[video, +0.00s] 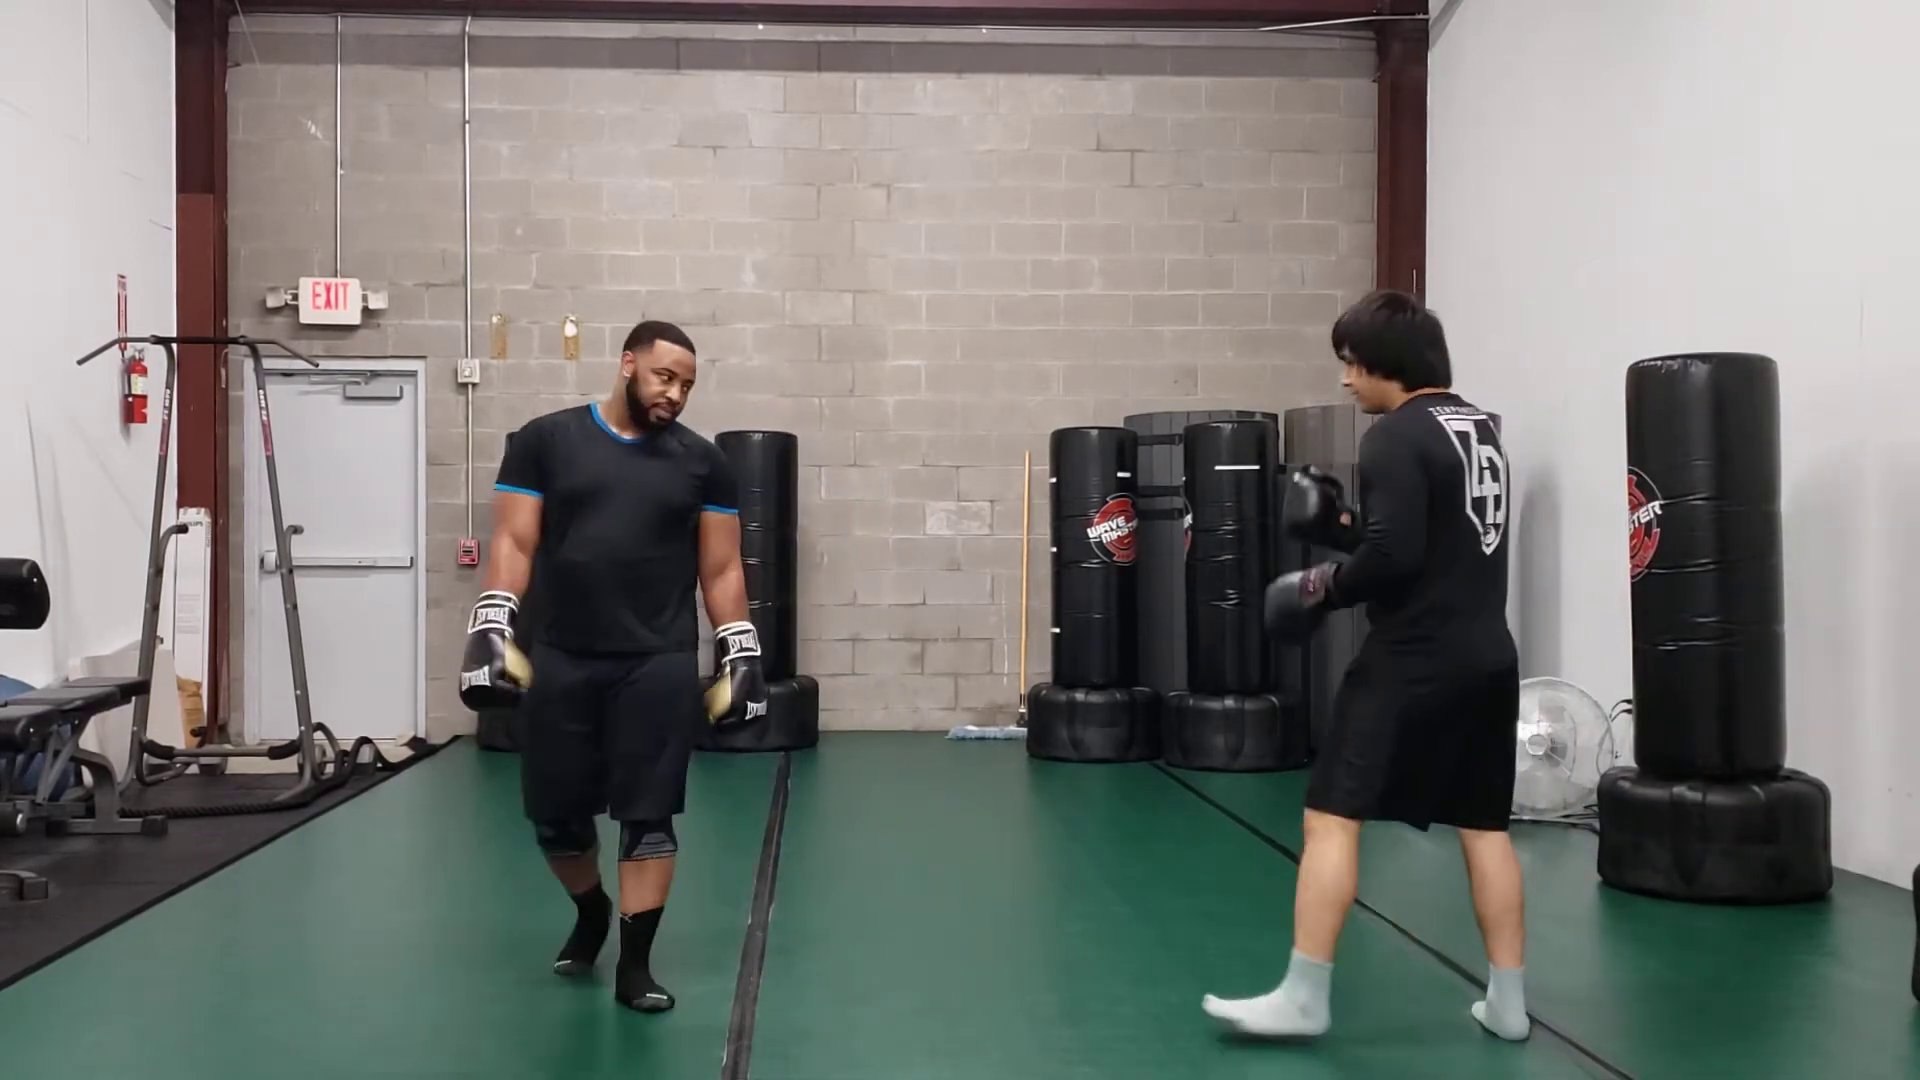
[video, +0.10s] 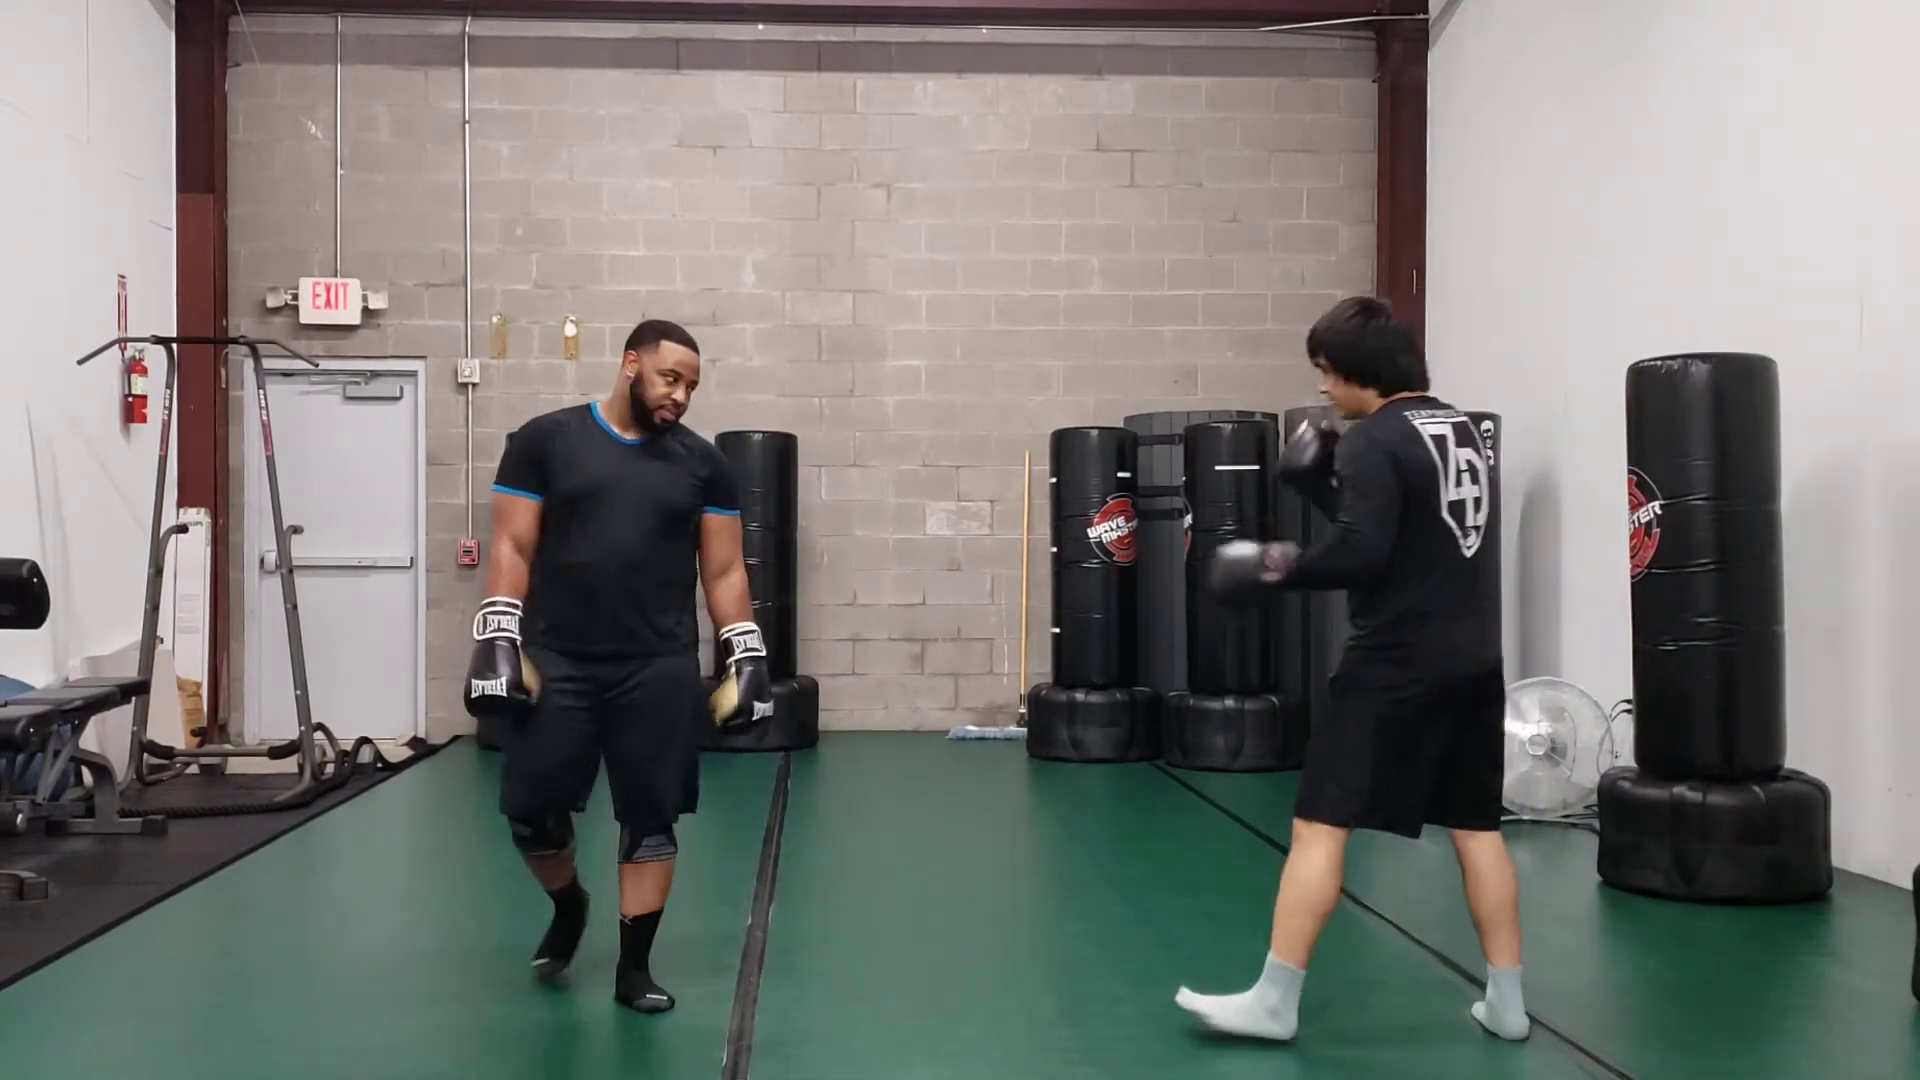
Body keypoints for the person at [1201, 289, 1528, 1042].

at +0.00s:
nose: (1345, 379)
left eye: (1351, 364)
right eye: (1344, 364)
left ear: (1388, 367)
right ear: (1421, 361)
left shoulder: (1396, 437)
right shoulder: (1481, 425)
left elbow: (1392, 556)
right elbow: (1443, 545)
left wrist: (1322, 586)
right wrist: (1344, 526)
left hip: (1407, 665)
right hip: (1486, 660)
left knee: (1331, 814)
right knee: (1485, 824)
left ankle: (1302, 997)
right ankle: (1509, 1004)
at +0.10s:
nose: (1323, 390)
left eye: (1327, 377)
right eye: (1321, 376)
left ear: (1360, 373)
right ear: (1398, 364)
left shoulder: (1377, 439)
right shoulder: (1468, 428)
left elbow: (1361, 552)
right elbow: (1406, 531)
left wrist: (1282, 565)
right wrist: (1324, 480)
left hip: (1389, 666)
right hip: (1472, 664)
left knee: (1320, 821)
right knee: (1477, 823)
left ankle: (1274, 999)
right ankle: (1507, 1002)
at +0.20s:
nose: (1296, 396)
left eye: (1299, 383)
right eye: (1295, 383)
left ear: (1331, 381)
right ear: (1372, 370)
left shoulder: (1342, 446)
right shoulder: (1439, 431)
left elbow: (1296, 544)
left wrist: (1210, 523)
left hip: (1361, 673)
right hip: (1446, 670)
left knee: (1307, 837)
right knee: (1461, 828)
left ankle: (1268, 1012)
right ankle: (1504, 1002)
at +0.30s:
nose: (1270, 392)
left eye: (1273, 380)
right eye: (1268, 379)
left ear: (1303, 381)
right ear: (1352, 368)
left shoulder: (1307, 446)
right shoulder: (1412, 431)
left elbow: (1210, 514)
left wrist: (1136, 488)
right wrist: (1300, 410)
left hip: (1324, 670)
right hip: (1407, 667)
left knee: (1283, 831)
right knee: (1431, 820)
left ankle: (1267, 1013)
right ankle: (1493, 990)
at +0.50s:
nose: (1236, 385)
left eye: (1240, 372)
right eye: (1235, 372)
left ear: (1270, 371)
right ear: (1318, 363)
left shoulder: (1261, 430)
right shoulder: (1382, 426)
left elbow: (1154, 451)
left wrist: (1048, 456)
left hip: (1286, 667)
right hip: (1369, 663)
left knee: (1264, 828)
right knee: (1389, 814)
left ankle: (1265, 1013)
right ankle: (1430, 986)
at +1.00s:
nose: (1190, 403)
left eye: (1192, 388)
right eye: (1186, 389)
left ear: (1226, 378)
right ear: (1261, 370)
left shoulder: (1243, 439)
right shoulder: (1329, 426)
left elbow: (1192, 532)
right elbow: (1276, 525)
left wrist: (1093, 497)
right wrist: (1163, 514)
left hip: (1268, 664)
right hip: (1342, 655)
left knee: (1256, 828)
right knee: (1359, 808)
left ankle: (1265, 1013)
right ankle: (1405, 973)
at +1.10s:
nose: (1192, 414)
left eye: (1194, 398)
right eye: (1187, 400)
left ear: (1232, 388)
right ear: (1253, 381)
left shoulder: (1267, 445)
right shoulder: (1318, 426)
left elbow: (1277, 547)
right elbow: (1301, 535)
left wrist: (1179, 534)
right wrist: (1214, 503)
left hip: (1274, 669)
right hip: (1340, 662)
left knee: (1241, 827)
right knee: (1349, 817)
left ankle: (1263, 1012)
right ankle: (1397, 983)